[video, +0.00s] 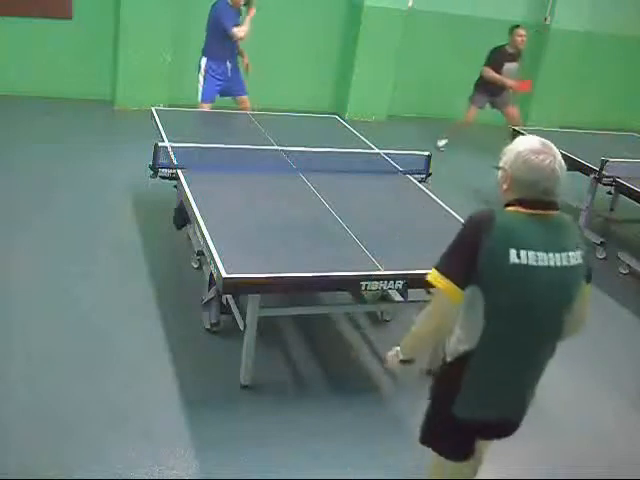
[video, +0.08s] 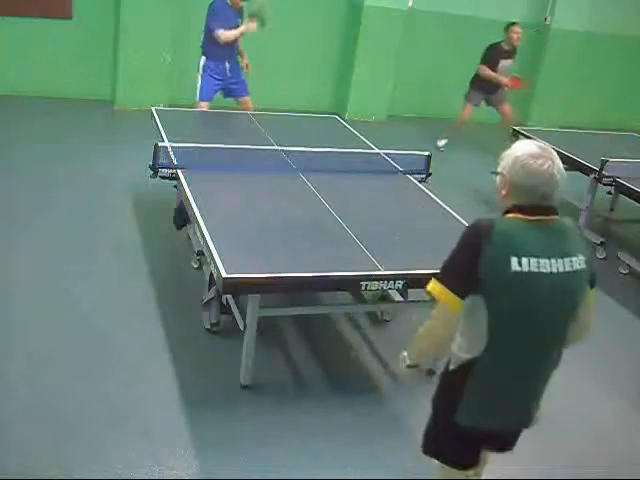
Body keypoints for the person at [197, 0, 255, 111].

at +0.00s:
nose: (242, 3)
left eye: (243, 1)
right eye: (241, 1)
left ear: (243, 2)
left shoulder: (236, 10)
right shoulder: (220, 7)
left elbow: (232, 40)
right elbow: (238, 34)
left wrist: (243, 56)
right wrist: (249, 16)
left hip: (230, 61)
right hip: (212, 61)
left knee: (244, 104)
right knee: (205, 107)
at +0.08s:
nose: (240, 3)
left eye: (242, 2)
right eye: (239, 1)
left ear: (241, 1)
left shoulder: (239, 9)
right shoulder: (217, 6)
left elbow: (234, 38)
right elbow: (222, 37)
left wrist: (243, 56)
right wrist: (244, 28)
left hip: (231, 61)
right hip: (212, 61)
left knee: (247, 105)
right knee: (203, 107)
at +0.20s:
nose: (244, 7)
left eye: (246, 5)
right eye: (243, 4)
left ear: (246, 4)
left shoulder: (243, 11)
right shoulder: (214, 5)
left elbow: (242, 38)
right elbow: (201, 29)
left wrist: (245, 56)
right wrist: (197, 46)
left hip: (233, 65)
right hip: (210, 64)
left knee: (248, 107)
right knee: (200, 106)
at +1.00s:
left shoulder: (245, 3)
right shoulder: (209, 2)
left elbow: (248, 25)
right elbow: (196, 22)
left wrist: (241, 39)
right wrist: (208, 37)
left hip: (232, 52)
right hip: (209, 51)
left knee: (241, 93)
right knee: (196, 91)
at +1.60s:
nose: (224, 2)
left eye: (227, 0)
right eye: (222, 0)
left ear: (231, 1)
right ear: (218, 0)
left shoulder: (240, 14)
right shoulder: (203, 13)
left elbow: (247, 38)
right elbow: (194, 40)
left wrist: (238, 52)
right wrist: (207, 43)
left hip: (227, 65)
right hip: (202, 64)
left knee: (239, 102)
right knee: (188, 101)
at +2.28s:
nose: (211, 13)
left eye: (214, 9)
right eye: (208, 9)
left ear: (219, 9)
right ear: (202, 8)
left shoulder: (227, 23)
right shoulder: (192, 22)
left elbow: (235, 44)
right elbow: (181, 52)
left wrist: (227, 63)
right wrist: (197, 50)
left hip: (215, 67)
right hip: (191, 66)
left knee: (232, 103)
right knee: (179, 101)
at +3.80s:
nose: (207, 19)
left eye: (209, 14)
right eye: (204, 15)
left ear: (216, 12)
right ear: (200, 15)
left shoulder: (231, 25)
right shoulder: (196, 28)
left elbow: (243, 49)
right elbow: (188, 49)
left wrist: (232, 68)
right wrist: (187, 60)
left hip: (228, 72)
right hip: (204, 73)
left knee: (241, 107)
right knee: (188, 104)